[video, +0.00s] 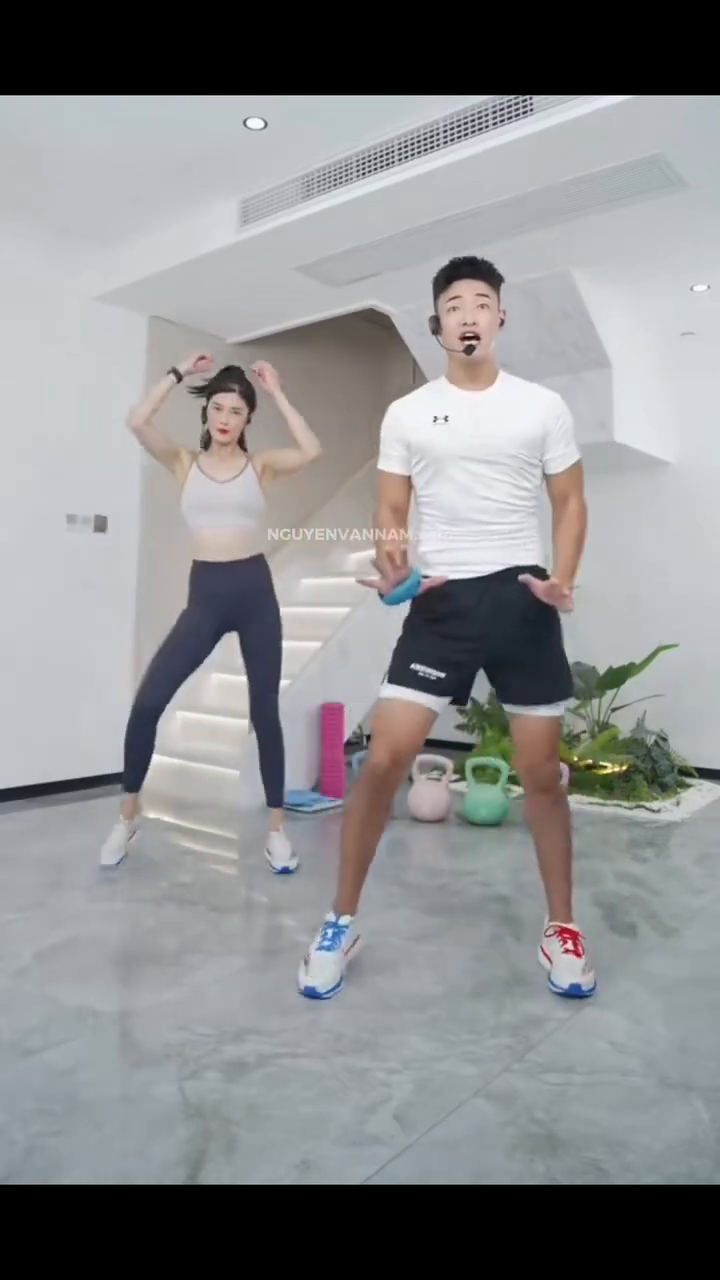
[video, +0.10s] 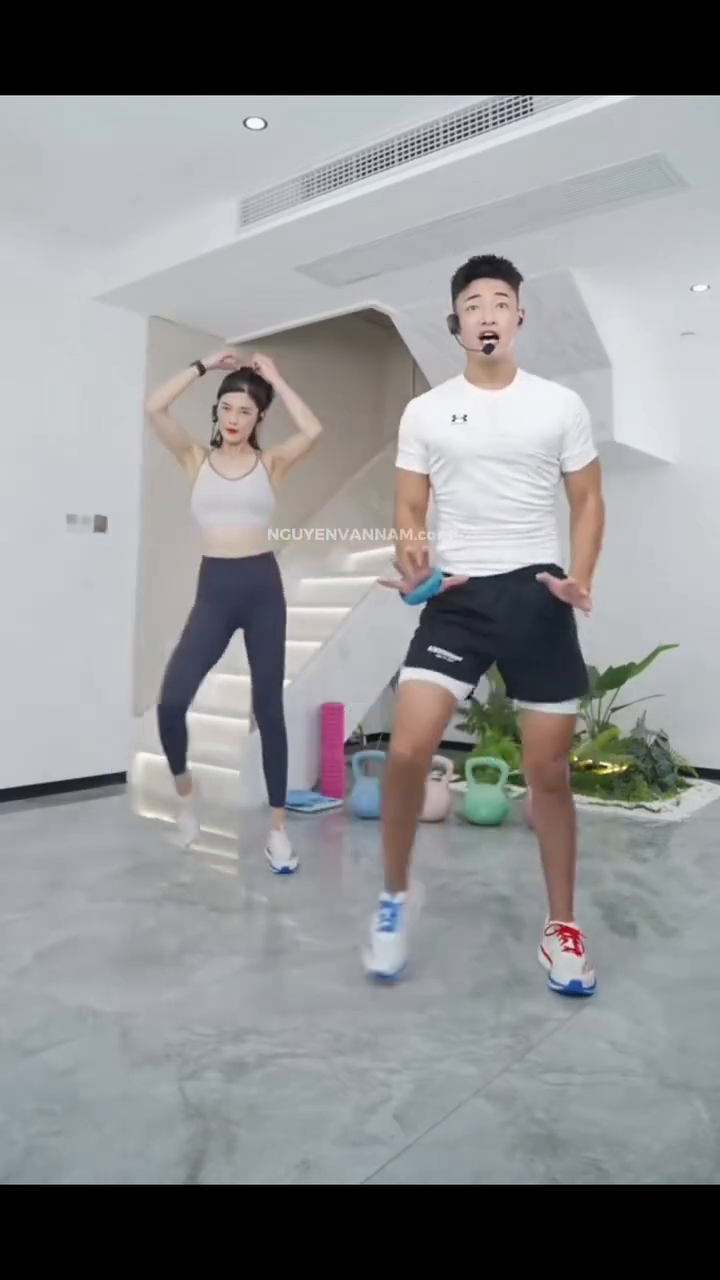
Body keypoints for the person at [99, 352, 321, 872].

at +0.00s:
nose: (226, 417)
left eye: (236, 410)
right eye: (219, 408)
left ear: (248, 419)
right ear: (205, 413)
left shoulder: (260, 464)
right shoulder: (184, 461)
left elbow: (311, 451)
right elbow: (139, 422)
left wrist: (277, 393)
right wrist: (179, 373)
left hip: (256, 594)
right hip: (205, 595)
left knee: (265, 710)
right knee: (146, 706)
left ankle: (277, 825)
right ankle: (128, 815)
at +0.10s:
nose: (235, 418)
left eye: (245, 411)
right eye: (228, 409)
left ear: (258, 418)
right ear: (216, 413)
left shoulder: (270, 463)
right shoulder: (197, 458)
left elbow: (312, 430)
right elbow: (156, 408)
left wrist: (277, 381)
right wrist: (204, 366)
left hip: (263, 589)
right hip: (214, 590)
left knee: (268, 707)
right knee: (170, 705)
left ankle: (278, 825)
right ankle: (184, 792)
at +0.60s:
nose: (233, 418)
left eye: (244, 412)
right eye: (228, 408)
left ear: (257, 421)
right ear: (216, 410)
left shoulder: (262, 466)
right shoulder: (191, 448)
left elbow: (315, 438)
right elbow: (168, 377)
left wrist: (283, 392)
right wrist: (222, 359)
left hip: (240, 592)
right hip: (192, 590)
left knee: (257, 710)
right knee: (133, 701)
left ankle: (276, 824)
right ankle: (133, 810)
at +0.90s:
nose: (191, 439)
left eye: (202, 434)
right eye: (187, 429)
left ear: (214, 440)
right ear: (175, 428)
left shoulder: (212, 488)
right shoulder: (146, 462)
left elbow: (251, 475)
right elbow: (116, 395)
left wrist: (235, 422)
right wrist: (174, 378)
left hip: (173, 607)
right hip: (123, 600)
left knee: (217, 711)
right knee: (103, 715)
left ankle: (238, 808)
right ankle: (104, 829)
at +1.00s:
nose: (184, 430)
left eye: (194, 424)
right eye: (178, 420)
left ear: (205, 431)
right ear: (165, 420)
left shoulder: (207, 478)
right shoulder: (136, 456)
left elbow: (250, 469)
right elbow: (101, 396)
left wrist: (228, 415)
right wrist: (159, 372)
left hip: (168, 597)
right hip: (118, 592)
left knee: (179, 710)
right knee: (104, 711)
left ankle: (182, 793)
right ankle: (103, 826)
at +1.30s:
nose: (175, 424)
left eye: (185, 417)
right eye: (168, 415)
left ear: (198, 426)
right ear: (154, 419)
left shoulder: (204, 479)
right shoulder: (128, 461)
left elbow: (254, 483)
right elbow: (72, 439)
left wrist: (237, 417)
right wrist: (104, 384)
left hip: (170, 600)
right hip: (120, 595)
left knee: (189, 710)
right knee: (103, 714)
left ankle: (174, 793)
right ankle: (104, 827)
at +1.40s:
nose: (183, 417)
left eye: (192, 411)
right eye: (175, 408)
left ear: (203, 422)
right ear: (160, 413)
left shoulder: (209, 475)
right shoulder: (134, 461)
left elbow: (260, 499)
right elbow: (72, 464)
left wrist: (249, 431)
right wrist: (77, 399)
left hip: (182, 600)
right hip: (130, 595)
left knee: (223, 704)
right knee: (109, 714)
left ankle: (224, 788)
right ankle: (105, 828)